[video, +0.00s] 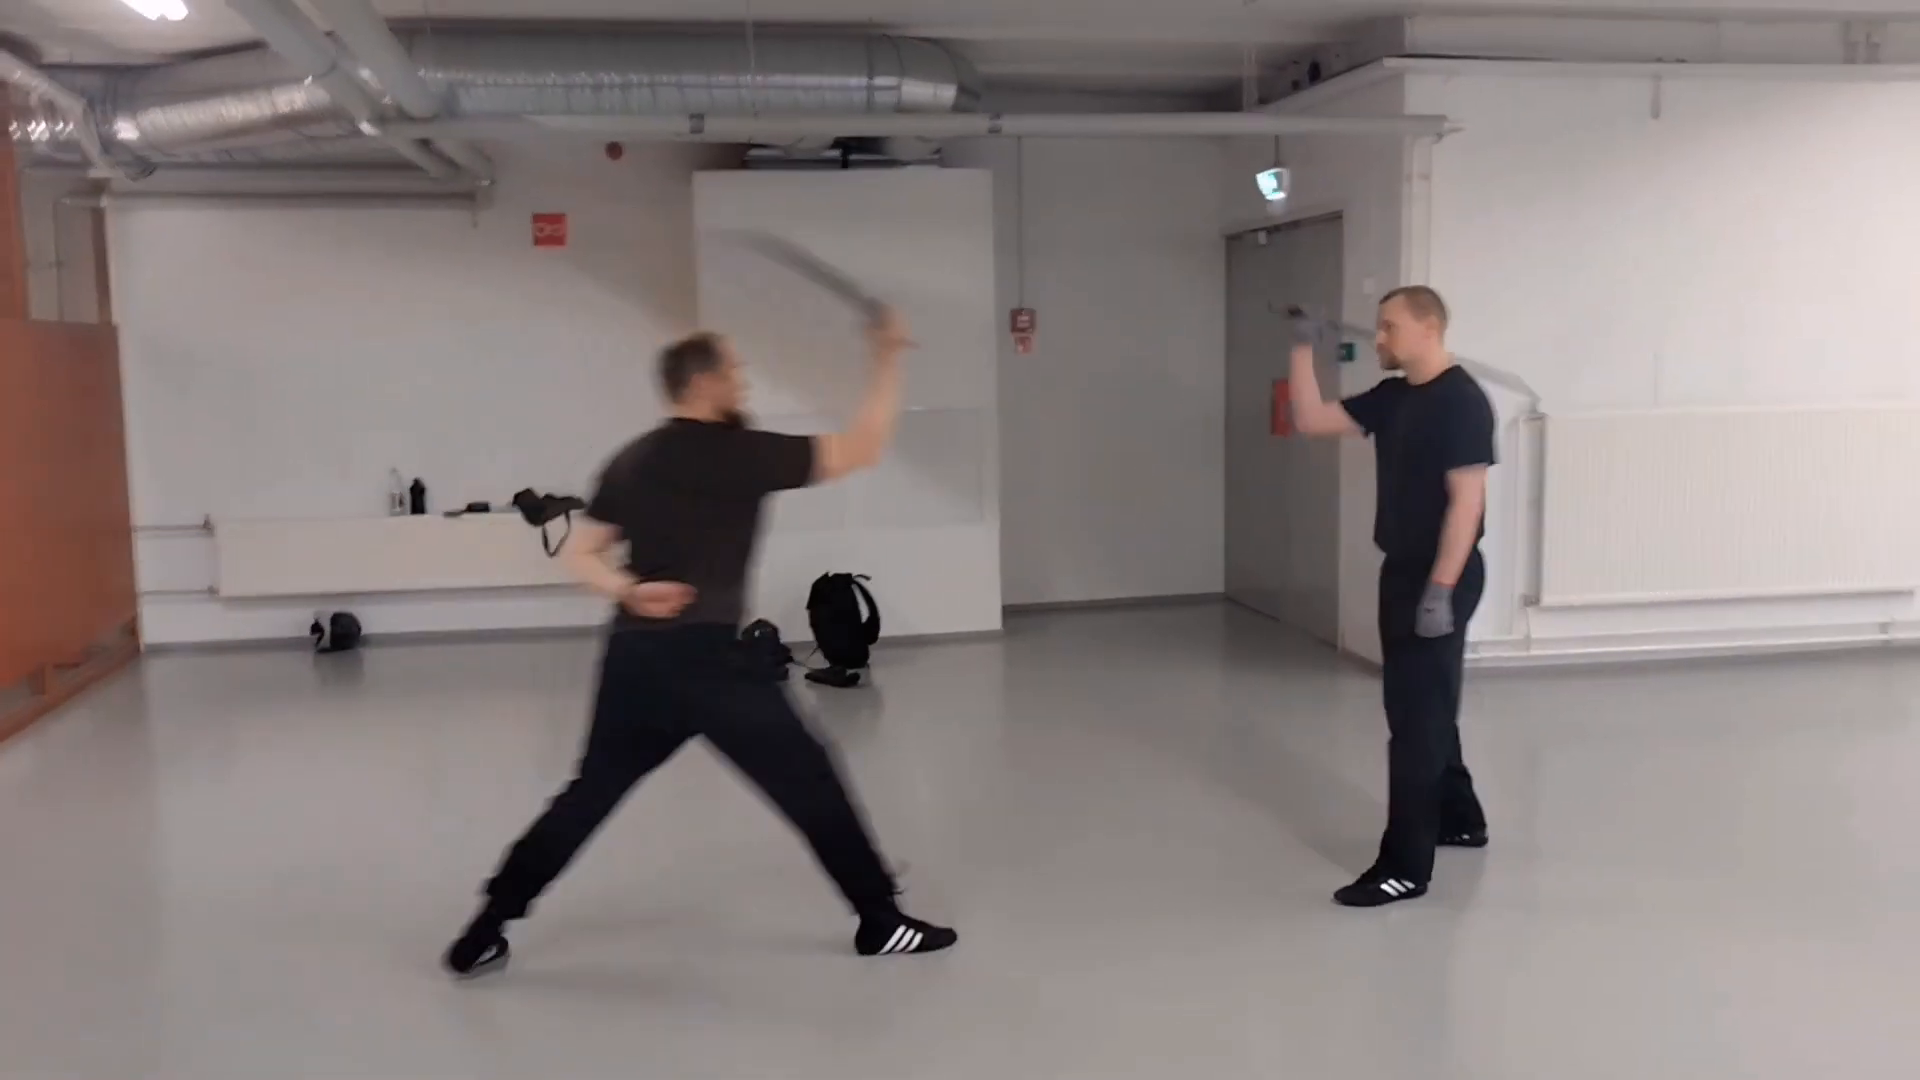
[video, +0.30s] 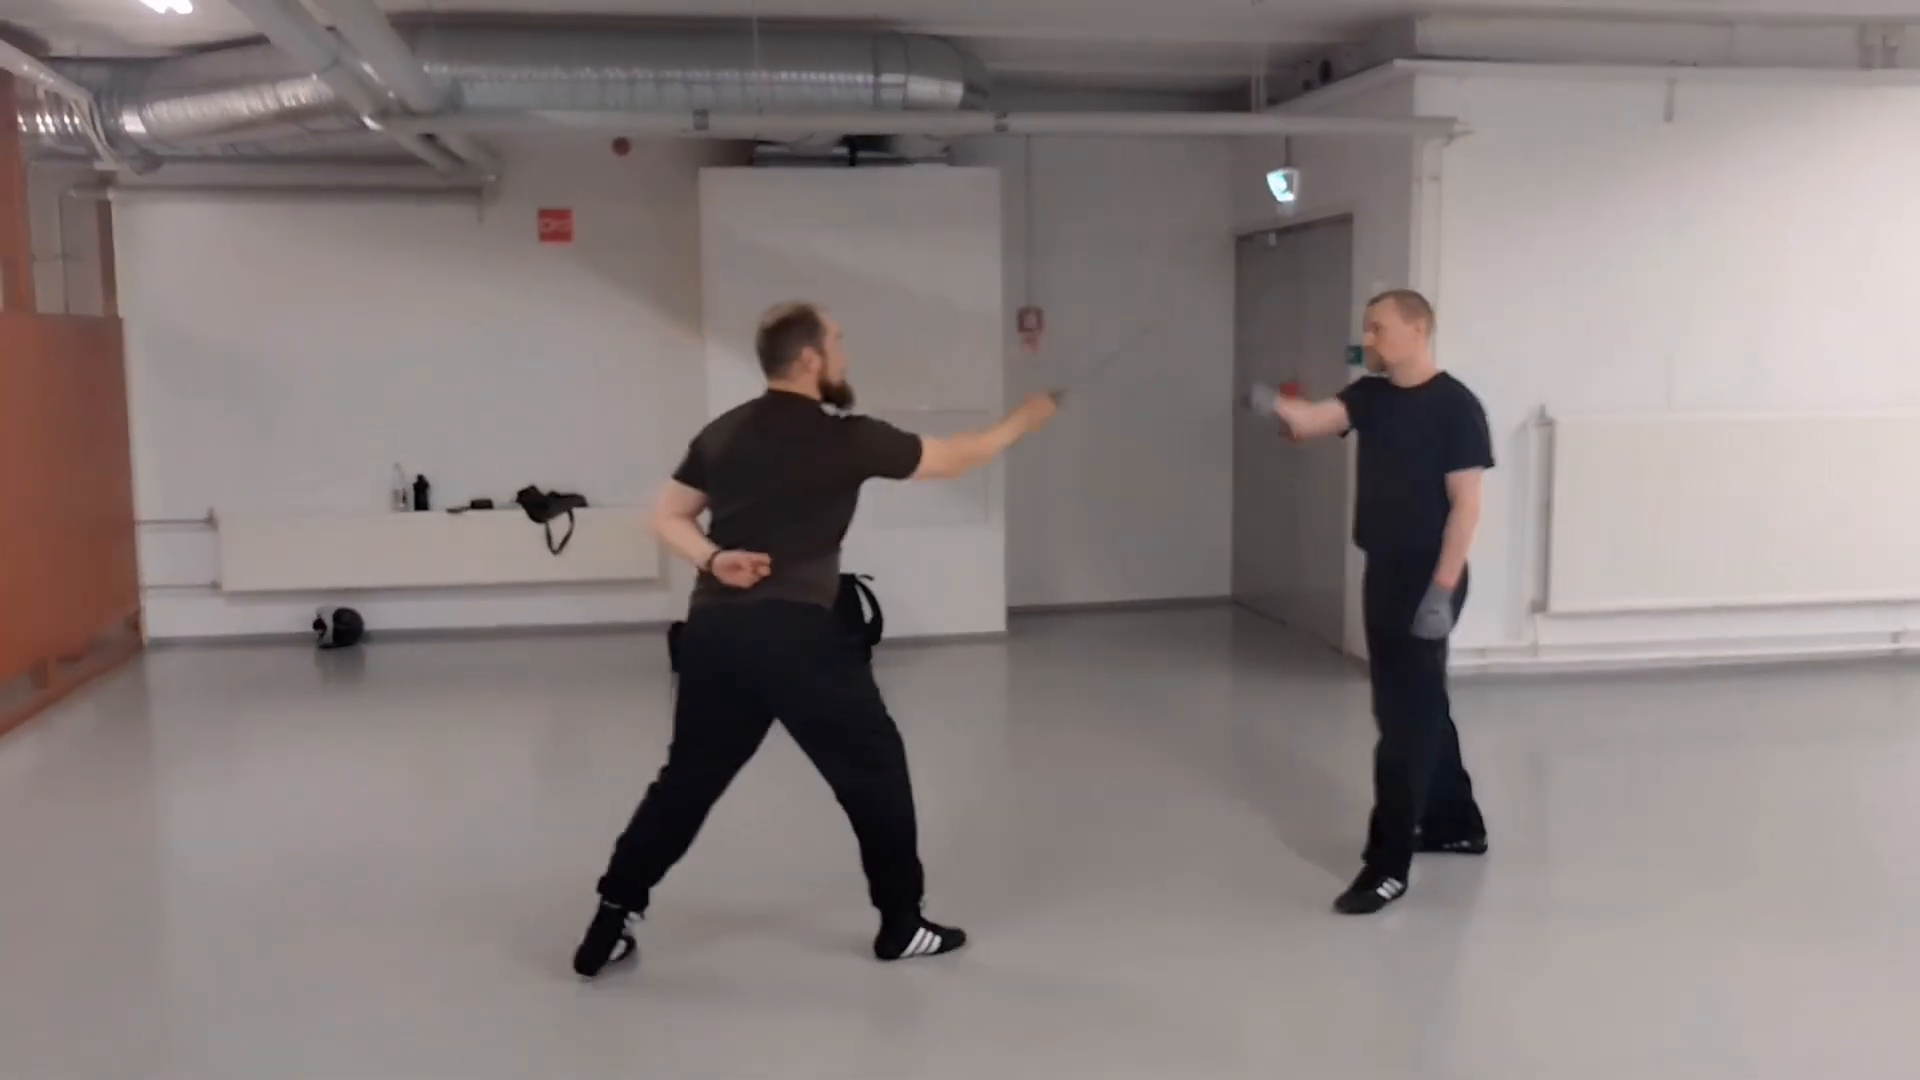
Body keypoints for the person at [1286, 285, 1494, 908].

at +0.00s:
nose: (1379, 338)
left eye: (1389, 327)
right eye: (1379, 328)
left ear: (1429, 328)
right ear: (1404, 334)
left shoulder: (1461, 400)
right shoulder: (1394, 395)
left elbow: (1468, 501)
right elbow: (1312, 419)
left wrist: (1440, 588)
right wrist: (1303, 346)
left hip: (1442, 575)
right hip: (1402, 571)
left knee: (1414, 719)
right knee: (1422, 707)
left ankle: (1405, 867)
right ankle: (1458, 817)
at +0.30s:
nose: (1367, 340)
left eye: (1377, 329)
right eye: (1367, 331)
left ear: (1418, 331)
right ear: (1384, 338)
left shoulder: (1454, 405)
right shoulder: (1373, 394)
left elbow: (1466, 506)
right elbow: (1313, 421)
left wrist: (1442, 589)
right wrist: (1282, 407)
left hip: (1430, 574)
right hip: (1382, 570)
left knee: (1402, 716)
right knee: (1417, 706)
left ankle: (1388, 865)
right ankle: (1455, 822)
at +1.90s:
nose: (1294, 391)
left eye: (1309, 381)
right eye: (1295, 381)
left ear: (1350, 401)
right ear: (1298, 396)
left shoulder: (1385, 482)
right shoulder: (1263, 473)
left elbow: (1426, 576)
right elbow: (1198, 548)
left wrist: (1436, 668)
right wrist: (1122, 613)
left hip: (1361, 665)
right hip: (1277, 662)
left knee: (1434, 776)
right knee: (1190, 746)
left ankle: (1532, 882)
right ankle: (1212, 886)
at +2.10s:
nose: (1332, 378)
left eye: (1349, 371)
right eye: (1335, 368)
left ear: (1387, 390)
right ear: (1334, 385)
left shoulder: (1414, 474)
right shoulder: (1292, 457)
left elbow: (1446, 572)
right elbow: (1229, 537)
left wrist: (1452, 662)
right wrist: (1162, 604)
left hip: (1374, 656)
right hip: (1291, 651)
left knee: (1439, 772)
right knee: (1203, 740)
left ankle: (1533, 880)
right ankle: (1211, 880)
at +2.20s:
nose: (1352, 369)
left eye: (1369, 363)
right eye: (1355, 360)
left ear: (1406, 384)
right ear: (1354, 373)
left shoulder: (1428, 468)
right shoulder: (1308, 446)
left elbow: (1455, 568)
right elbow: (1249, 529)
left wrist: (1455, 657)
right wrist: (1181, 601)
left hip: (1383, 650)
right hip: (1302, 643)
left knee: (1436, 773)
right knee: (1218, 740)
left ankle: (1531, 875)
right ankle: (1205, 878)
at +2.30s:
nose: (1380, 362)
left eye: (1398, 356)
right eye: (1383, 352)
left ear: (1436, 375)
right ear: (1382, 368)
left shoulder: (1457, 459)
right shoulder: (1341, 435)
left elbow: (1477, 559)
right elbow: (1281, 523)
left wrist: (1467, 653)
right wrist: (1219, 593)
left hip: (1405, 643)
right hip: (1327, 634)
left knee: (1425, 781)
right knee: (1249, 742)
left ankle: (1535, 872)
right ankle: (1203, 876)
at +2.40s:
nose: (1419, 352)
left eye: (1435, 344)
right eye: (1423, 341)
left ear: (1475, 362)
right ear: (1430, 353)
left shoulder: (1494, 447)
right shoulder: (1385, 424)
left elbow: (1509, 554)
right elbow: (1335, 507)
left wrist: (1483, 642)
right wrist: (1277, 581)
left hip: (1443, 628)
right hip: (1371, 620)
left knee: (1447, 766)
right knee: (1305, 746)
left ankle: (1534, 883)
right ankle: (1219, 864)